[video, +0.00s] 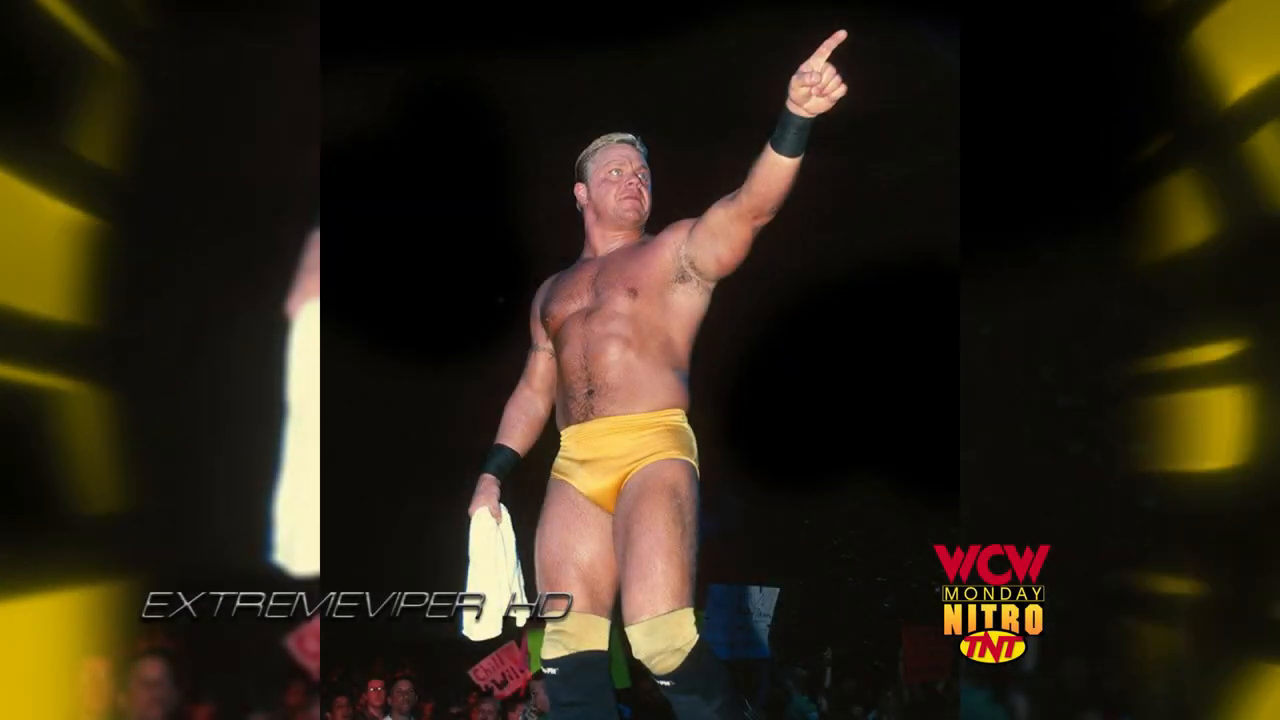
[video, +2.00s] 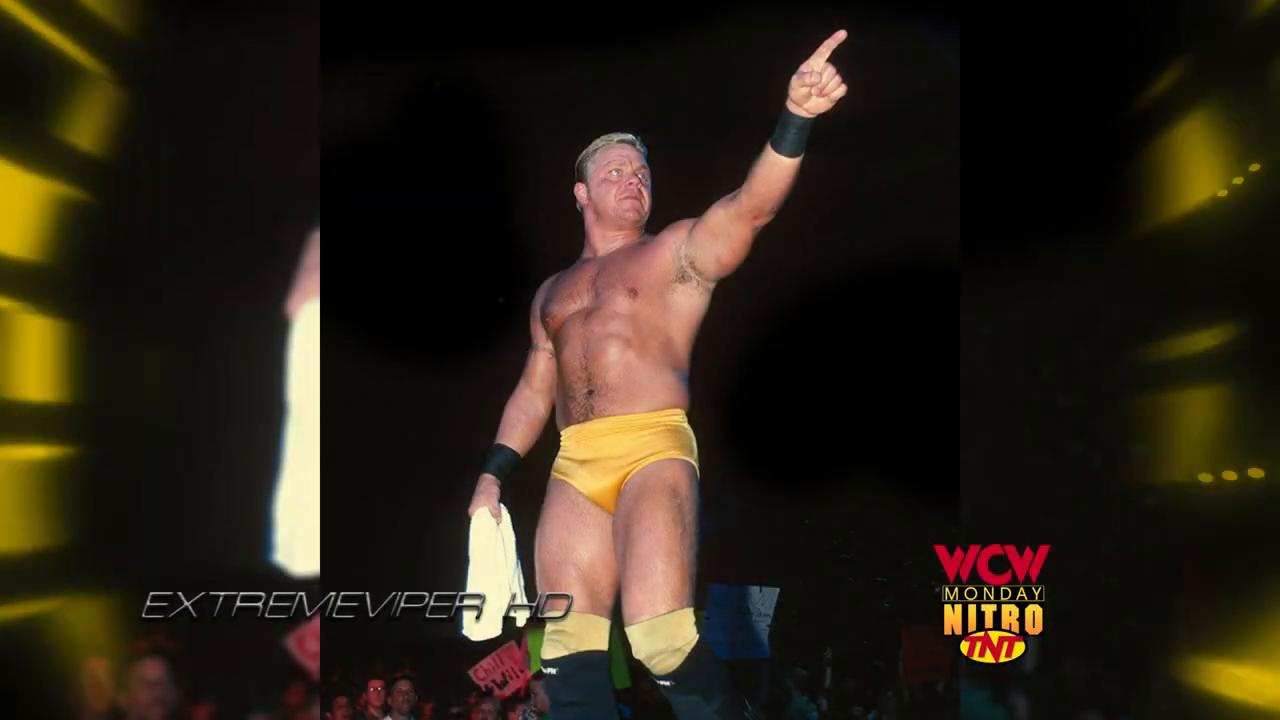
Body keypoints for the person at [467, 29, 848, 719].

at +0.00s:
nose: (632, 180)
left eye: (640, 172)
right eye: (614, 171)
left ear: (651, 193)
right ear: (581, 193)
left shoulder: (680, 254)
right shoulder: (553, 296)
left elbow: (752, 204)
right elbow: (534, 394)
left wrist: (797, 115)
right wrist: (490, 477)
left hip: (656, 448)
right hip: (576, 462)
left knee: (659, 635)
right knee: (568, 646)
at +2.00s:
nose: (632, 180)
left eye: (640, 172)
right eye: (614, 171)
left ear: (651, 193)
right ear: (581, 193)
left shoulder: (680, 254)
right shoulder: (553, 296)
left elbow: (752, 204)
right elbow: (534, 394)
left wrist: (797, 115)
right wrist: (490, 477)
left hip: (656, 448)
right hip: (576, 462)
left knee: (659, 635)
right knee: (568, 646)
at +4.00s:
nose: (631, 179)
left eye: (640, 172)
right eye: (614, 170)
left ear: (650, 194)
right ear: (580, 193)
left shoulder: (680, 253)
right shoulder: (552, 296)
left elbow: (753, 203)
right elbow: (534, 393)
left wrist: (797, 115)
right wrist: (490, 478)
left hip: (656, 448)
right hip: (575, 462)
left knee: (660, 637)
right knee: (568, 647)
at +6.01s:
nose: (631, 179)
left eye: (640, 172)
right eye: (614, 170)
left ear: (650, 194)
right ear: (580, 193)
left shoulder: (680, 253)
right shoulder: (552, 296)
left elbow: (753, 203)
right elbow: (534, 393)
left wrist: (797, 115)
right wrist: (490, 478)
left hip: (656, 448)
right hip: (575, 462)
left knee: (660, 637)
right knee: (568, 647)